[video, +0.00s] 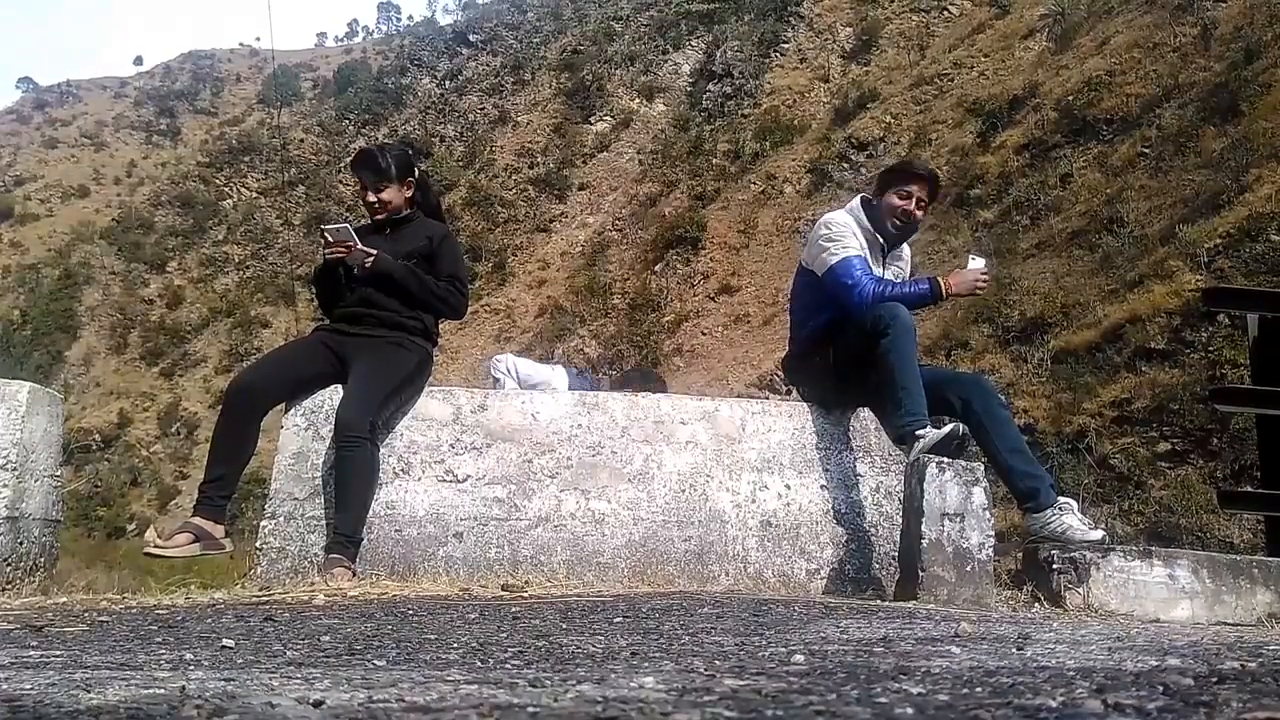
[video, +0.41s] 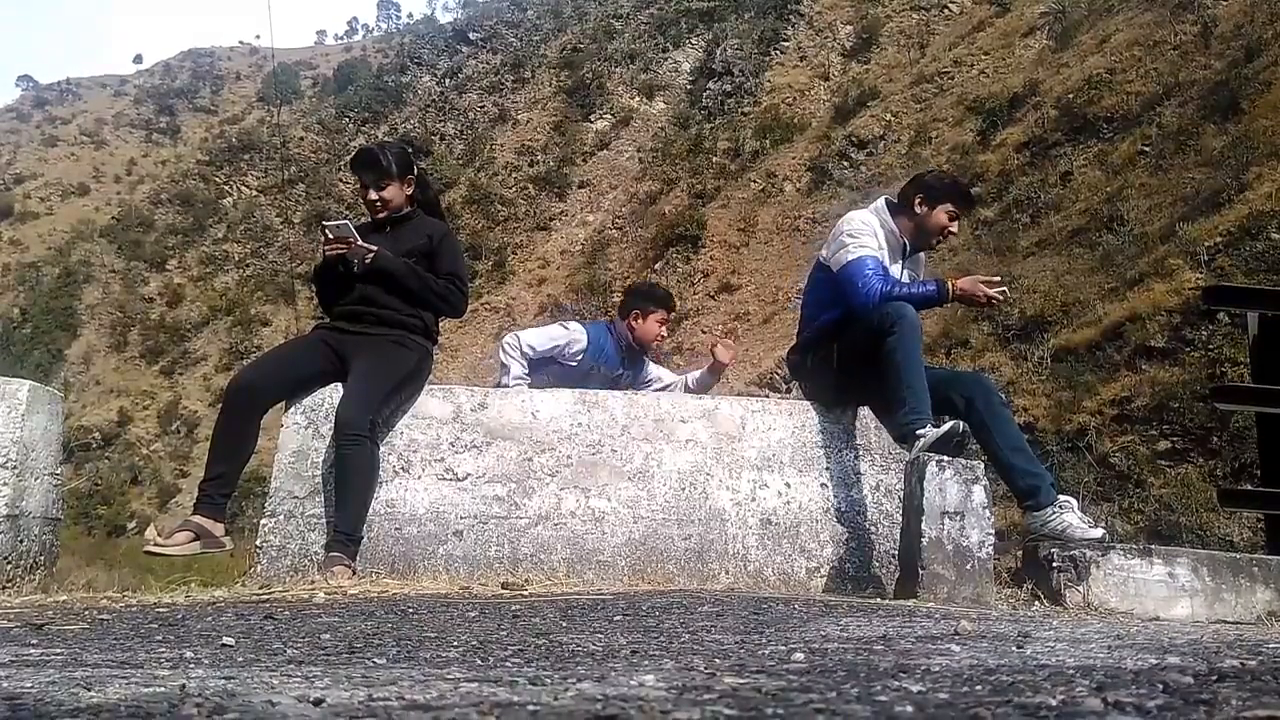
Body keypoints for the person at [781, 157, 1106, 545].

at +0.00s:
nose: (910, 209)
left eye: (920, 205)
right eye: (902, 196)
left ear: (923, 215)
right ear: (878, 193)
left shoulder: (899, 251)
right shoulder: (835, 228)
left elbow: (886, 308)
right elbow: (862, 292)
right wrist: (943, 286)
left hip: (872, 375)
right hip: (821, 371)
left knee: (975, 391)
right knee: (893, 317)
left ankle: (1043, 509)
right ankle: (914, 433)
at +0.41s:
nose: (954, 230)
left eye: (958, 221)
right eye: (950, 216)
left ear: (924, 212)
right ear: (919, 204)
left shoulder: (914, 256)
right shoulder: (857, 227)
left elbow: (903, 308)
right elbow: (870, 294)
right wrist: (948, 290)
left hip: (876, 374)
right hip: (827, 369)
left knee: (976, 389)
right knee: (899, 315)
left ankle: (1043, 507)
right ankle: (915, 429)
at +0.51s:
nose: (959, 232)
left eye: (964, 223)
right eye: (956, 219)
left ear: (928, 214)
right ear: (925, 208)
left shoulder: (915, 254)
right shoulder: (865, 229)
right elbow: (873, 294)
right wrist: (952, 291)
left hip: (876, 373)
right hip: (828, 368)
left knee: (976, 390)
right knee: (902, 317)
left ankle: (1043, 507)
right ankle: (916, 429)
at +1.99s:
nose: (915, 209)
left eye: (928, 205)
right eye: (908, 197)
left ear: (939, 217)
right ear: (892, 196)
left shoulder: (921, 257)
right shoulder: (857, 228)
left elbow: (912, 313)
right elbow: (874, 293)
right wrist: (951, 290)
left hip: (881, 373)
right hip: (826, 367)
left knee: (976, 387)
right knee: (904, 316)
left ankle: (1043, 504)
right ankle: (918, 428)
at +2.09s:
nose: (907, 209)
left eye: (921, 205)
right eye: (901, 198)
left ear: (936, 217)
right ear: (891, 197)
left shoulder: (921, 254)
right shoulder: (855, 229)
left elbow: (914, 308)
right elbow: (875, 292)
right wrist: (951, 290)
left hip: (880, 373)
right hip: (825, 368)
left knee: (977, 388)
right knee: (904, 317)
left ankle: (1043, 505)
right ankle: (918, 429)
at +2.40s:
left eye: (912, 212)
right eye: (919, 220)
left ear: (922, 218)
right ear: (891, 203)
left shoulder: (919, 252)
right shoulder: (851, 228)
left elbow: (914, 308)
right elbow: (875, 290)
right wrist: (956, 292)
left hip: (880, 373)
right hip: (825, 367)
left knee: (976, 387)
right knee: (903, 316)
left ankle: (1043, 504)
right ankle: (917, 429)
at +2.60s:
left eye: (917, 215)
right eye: (915, 216)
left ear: (912, 213)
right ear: (887, 204)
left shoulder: (918, 245)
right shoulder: (846, 228)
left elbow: (917, 309)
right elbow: (873, 290)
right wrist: (955, 290)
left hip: (882, 372)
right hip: (825, 366)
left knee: (976, 386)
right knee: (901, 314)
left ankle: (1043, 503)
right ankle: (917, 428)